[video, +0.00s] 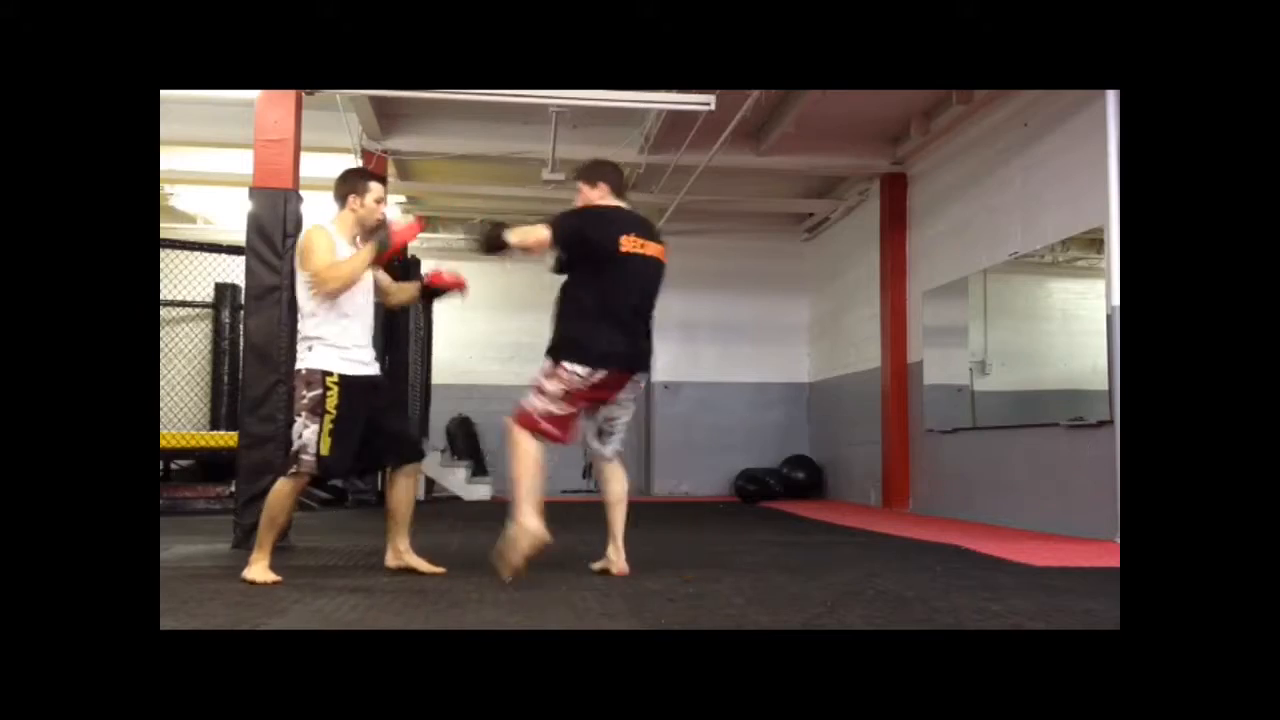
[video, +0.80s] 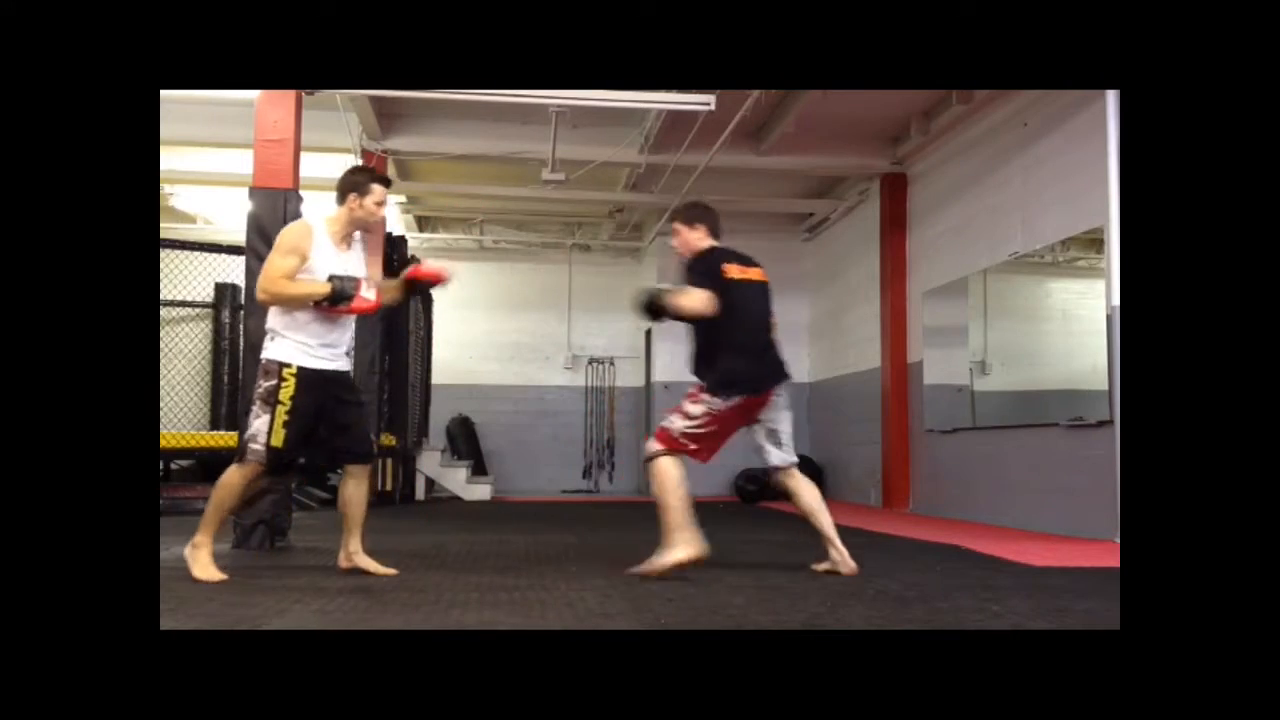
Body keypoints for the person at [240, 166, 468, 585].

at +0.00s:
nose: (384, 211)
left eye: (385, 203)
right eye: (378, 202)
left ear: (359, 204)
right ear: (352, 201)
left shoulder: (362, 250)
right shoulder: (317, 238)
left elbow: (392, 294)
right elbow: (328, 283)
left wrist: (429, 285)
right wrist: (378, 246)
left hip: (365, 372)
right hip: (322, 370)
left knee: (405, 456)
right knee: (303, 468)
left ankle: (399, 549)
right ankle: (259, 560)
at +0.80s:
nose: (383, 212)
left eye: (384, 205)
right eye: (378, 204)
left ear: (361, 203)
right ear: (352, 200)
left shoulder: (355, 247)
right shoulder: (301, 233)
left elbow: (365, 295)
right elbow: (266, 288)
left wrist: (409, 283)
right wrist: (330, 290)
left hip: (335, 369)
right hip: (289, 364)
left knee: (359, 459)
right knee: (257, 462)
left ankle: (352, 550)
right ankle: (200, 544)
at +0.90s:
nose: (365, 214)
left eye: (367, 206)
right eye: (360, 205)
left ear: (343, 204)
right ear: (333, 201)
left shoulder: (337, 254)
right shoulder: (284, 236)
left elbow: (321, 306)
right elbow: (254, 294)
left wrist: (360, 303)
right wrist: (322, 299)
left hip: (317, 374)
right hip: (273, 369)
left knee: (349, 461)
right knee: (251, 468)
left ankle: (350, 551)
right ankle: (198, 552)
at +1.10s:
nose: (331, 201)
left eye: (332, 194)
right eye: (327, 192)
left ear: (307, 194)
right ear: (300, 190)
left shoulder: (303, 245)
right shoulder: (260, 229)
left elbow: (286, 303)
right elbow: (224, 284)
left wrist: (326, 303)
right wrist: (288, 297)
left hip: (291, 365)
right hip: (249, 363)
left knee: (317, 456)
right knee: (240, 462)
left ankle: (299, 548)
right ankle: (195, 555)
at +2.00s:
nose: (352, 195)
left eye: (351, 187)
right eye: (345, 186)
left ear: (325, 191)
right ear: (319, 188)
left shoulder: (327, 243)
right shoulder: (285, 228)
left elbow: (319, 290)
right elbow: (250, 282)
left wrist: (343, 298)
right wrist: (308, 299)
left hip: (319, 366)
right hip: (279, 363)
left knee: (353, 454)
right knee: (274, 464)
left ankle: (353, 546)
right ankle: (243, 561)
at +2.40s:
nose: (414, 208)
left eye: (414, 200)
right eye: (408, 199)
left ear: (391, 202)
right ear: (382, 200)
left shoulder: (389, 255)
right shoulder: (345, 236)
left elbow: (377, 302)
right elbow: (304, 282)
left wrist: (395, 308)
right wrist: (364, 304)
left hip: (367, 366)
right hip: (328, 361)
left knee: (390, 458)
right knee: (327, 456)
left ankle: (392, 554)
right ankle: (264, 547)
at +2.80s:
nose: (415, 204)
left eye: (415, 196)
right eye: (410, 196)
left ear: (392, 198)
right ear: (385, 196)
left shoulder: (392, 248)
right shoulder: (349, 232)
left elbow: (394, 299)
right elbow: (339, 278)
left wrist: (425, 285)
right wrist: (391, 269)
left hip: (374, 366)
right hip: (336, 363)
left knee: (393, 462)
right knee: (326, 465)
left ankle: (393, 554)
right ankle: (287, 561)